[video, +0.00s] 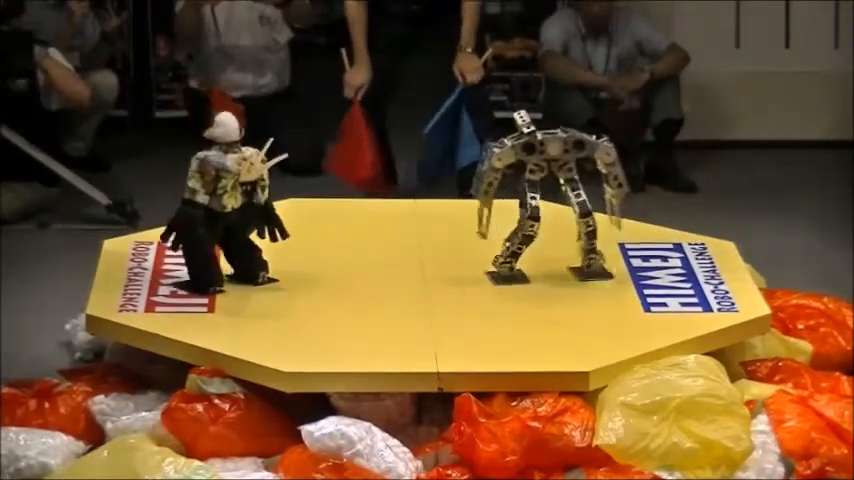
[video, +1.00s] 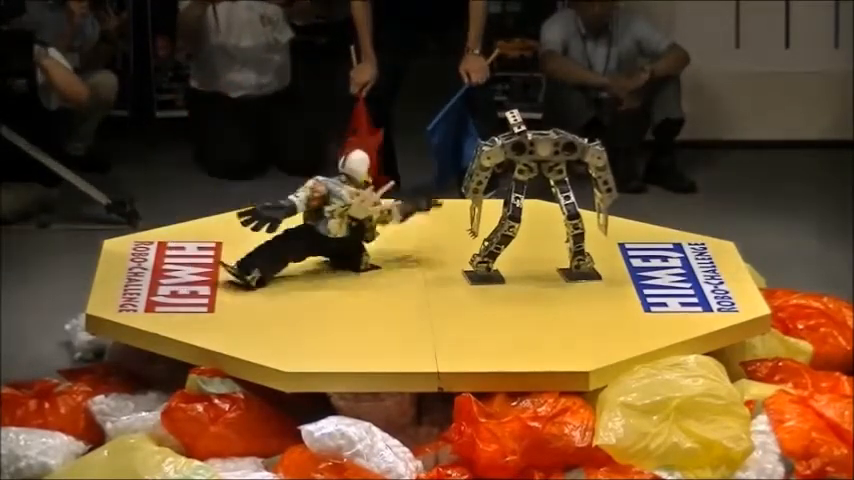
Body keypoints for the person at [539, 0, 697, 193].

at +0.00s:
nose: (597, 9)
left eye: (603, 3)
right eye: (589, 3)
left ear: (613, 4)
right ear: (578, 5)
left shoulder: (629, 21)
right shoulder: (559, 24)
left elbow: (680, 56)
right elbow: (550, 64)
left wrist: (645, 75)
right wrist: (608, 83)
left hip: (629, 108)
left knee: (668, 81)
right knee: (565, 93)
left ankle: (663, 164)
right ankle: (616, 164)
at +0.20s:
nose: (597, 9)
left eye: (604, 2)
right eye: (590, 3)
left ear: (613, 4)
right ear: (576, 6)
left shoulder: (628, 23)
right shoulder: (558, 25)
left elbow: (680, 56)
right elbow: (551, 65)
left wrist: (644, 75)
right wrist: (610, 83)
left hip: (627, 113)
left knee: (668, 79)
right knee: (564, 91)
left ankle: (662, 164)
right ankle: (616, 165)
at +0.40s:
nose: (598, 9)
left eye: (604, 2)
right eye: (590, 3)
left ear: (613, 4)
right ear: (576, 6)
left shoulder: (628, 23)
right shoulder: (558, 25)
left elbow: (679, 56)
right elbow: (551, 65)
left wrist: (644, 76)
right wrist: (610, 83)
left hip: (627, 112)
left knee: (668, 79)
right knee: (564, 91)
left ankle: (662, 164)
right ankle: (619, 164)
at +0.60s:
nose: (598, 9)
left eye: (604, 2)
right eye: (590, 3)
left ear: (613, 4)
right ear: (576, 6)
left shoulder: (628, 23)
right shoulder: (558, 25)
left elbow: (679, 56)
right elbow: (551, 65)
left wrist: (644, 75)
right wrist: (610, 83)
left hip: (627, 112)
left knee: (668, 78)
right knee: (563, 90)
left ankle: (662, 164)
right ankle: (618, 165)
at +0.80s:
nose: (596, 9)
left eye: (603, 3)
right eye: (589, 3)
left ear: (613, 4)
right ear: (576, 5)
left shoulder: (628, 23)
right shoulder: (559, 25)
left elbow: (679, 56)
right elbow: (551, 65)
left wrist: (645, 75)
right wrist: (609, 83)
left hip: (626, 113)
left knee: (668, 78)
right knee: (563, 90)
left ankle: (662, 165)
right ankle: (618, 166)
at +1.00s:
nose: (597, 10)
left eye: (604, 4)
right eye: (590, 4)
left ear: (613, 5)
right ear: (576, 6)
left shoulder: (629, 23)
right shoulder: (558, 26)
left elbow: (679, 56)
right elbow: (551, 65)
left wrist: (643, 76)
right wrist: (609, 82)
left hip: (625, 113)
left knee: (668, 81)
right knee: (564, 90)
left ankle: (662, 165)